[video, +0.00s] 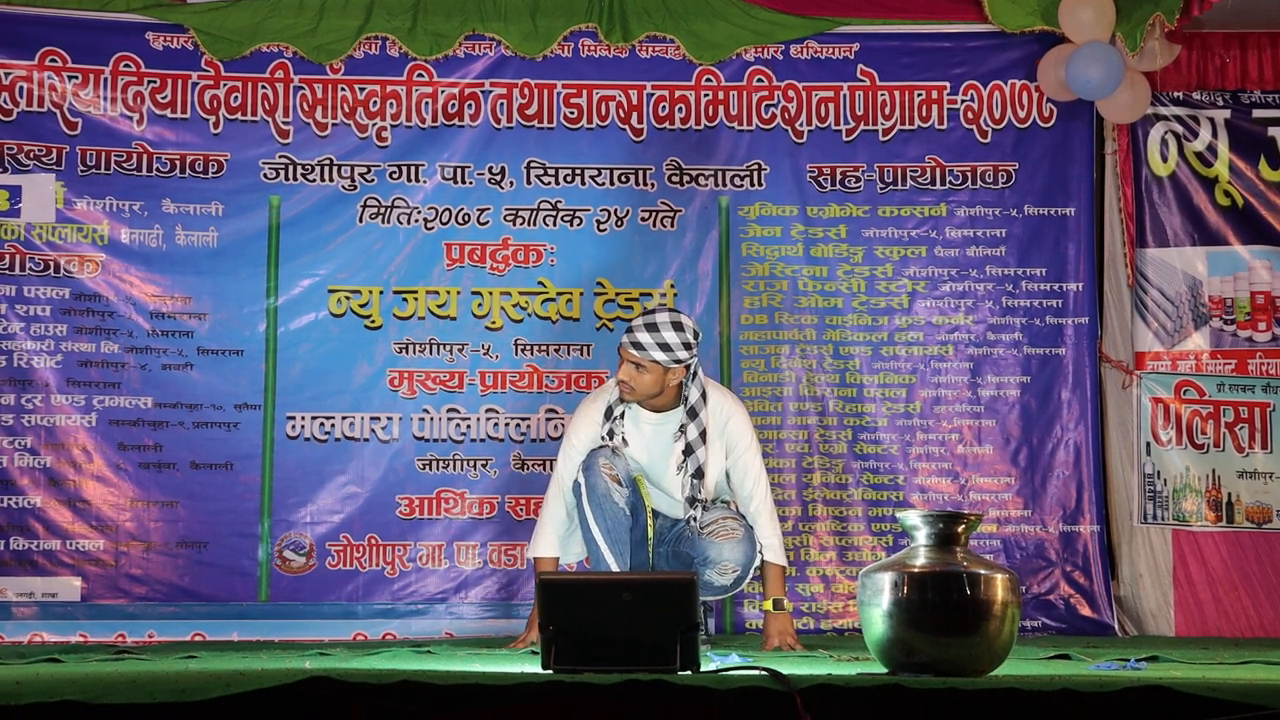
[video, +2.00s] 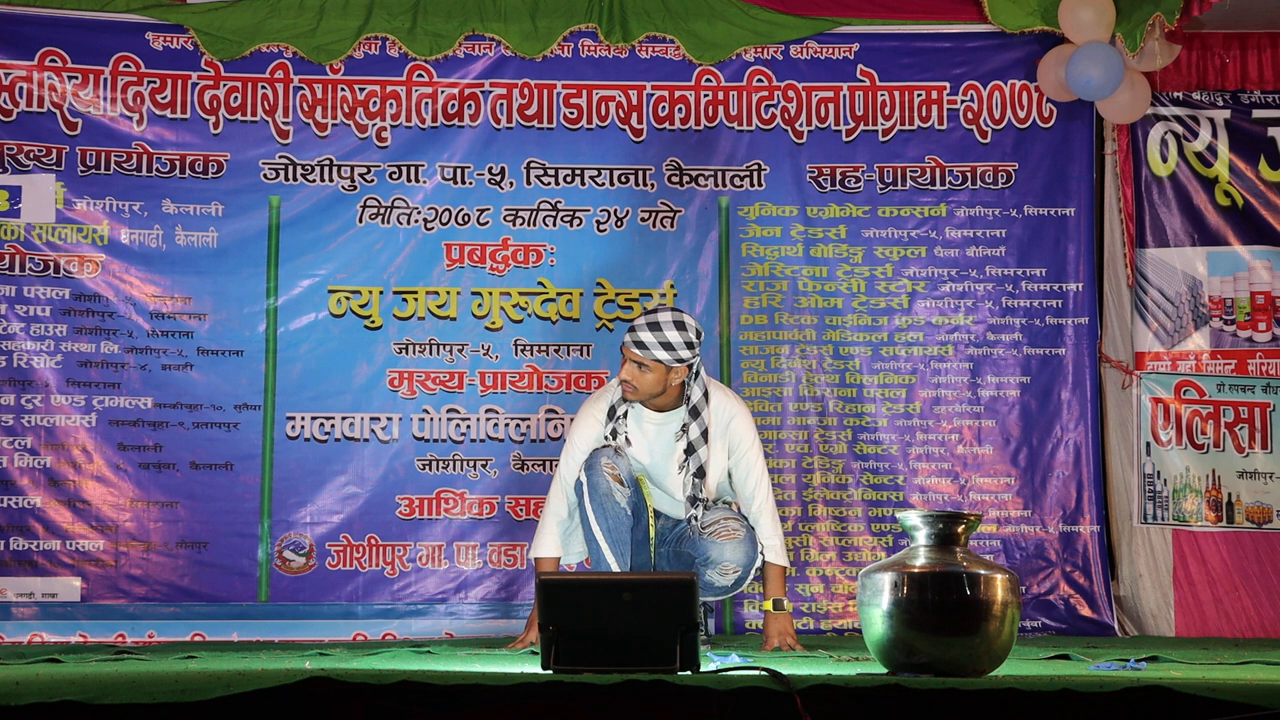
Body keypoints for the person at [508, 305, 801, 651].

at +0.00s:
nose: (621, 375)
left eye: (638, 368)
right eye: (622, 361)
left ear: (676, 374)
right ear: (619, 355)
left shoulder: (725, 414)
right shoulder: (597, 411)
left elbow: (760, 507)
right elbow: (557, 502)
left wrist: (777, 609)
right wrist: (543, 607)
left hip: (692, 539)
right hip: (628, 531)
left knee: (732, 547)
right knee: (601, 463)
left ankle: (686, 611)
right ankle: (619, 608)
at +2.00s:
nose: (623, 375)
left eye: (640, 367)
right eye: (624, 360)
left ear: (678, 374)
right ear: (621, 355)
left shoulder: (728, 414)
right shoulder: (599, 411)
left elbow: (762, 509)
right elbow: (558, 507)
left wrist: (777, 609)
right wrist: (542, 608)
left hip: (691, 540)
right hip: (629, 531)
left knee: (733, 547)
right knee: (604, 462)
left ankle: (688, 610)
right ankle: (619, 607)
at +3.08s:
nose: (623, 373)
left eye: (639, 366)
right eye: (624, 359)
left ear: (679, 373)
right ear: (622, 355)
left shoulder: (728, 414)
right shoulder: (601, 411)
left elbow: (762, 507)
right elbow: (559, 505)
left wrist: (777, 609)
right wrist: (542, 607)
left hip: (692, 541)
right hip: (630, 532)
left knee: (733, 544)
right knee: (603, 462)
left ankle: (690, 611)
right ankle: (619, 607)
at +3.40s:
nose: (621, 361)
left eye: (639, 352)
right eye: (623, 347)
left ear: (677, 362)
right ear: (621, 345)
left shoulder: (726, 412)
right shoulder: (601, 407)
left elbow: (762, 505)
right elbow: (561, 502)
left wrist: (776, 606)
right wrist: (541, 601)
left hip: (691, 546)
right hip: (628, 537)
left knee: (731, 538)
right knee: (602, 462)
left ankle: (688, 615)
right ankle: (618, 607)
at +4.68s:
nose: (672, 403)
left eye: (685, 391)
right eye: (662, 389)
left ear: (701, 375)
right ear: (640, 368)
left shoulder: (726, 412)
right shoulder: (602, 408)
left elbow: (761, 503)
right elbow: (553, 496)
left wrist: (777, 606)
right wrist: (533, 599)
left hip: (696, 532)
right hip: (632, 529)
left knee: (734, 554)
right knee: (601, 462)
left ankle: (689, 606)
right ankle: (623, 604)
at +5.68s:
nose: (662, 420)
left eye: (673, 411)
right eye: (652, 411)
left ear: (689, 389)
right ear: (631, 391)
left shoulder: (725, 414)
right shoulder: (595, 410)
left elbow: (758, 506)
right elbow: (552, 500)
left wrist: (776, 605)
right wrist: (532, 600)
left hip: (691, 538)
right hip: (627, 535)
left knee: (730, 550)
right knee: (596, 466)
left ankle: (692, 608)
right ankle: (623, 604)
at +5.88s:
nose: (662, 420)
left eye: (672, 411)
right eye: (651, 411)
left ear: (689, 389)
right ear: (631, 392)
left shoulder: (725, 414)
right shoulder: (595, 410)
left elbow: (758, 506)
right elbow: (552, 500)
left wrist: (776, 606)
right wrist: (532, 600)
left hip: (692, 538)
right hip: (628, 535)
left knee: (729, 550)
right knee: (595, 466)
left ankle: (692, 609)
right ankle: (623, 604)